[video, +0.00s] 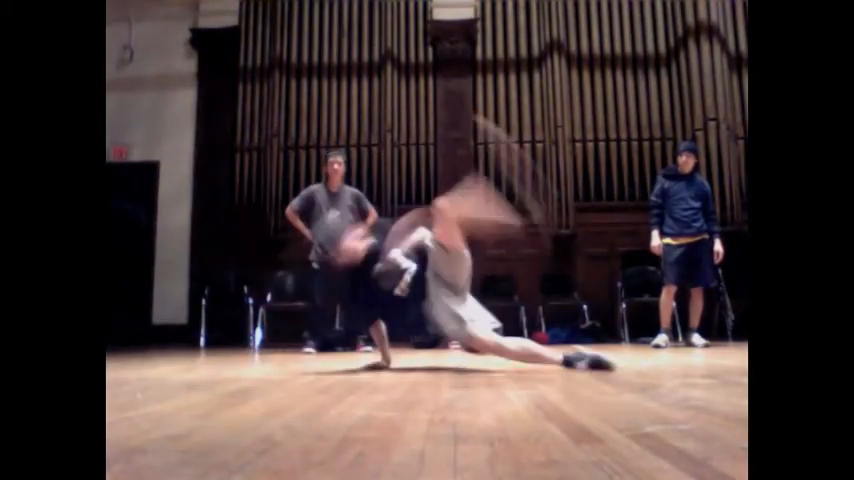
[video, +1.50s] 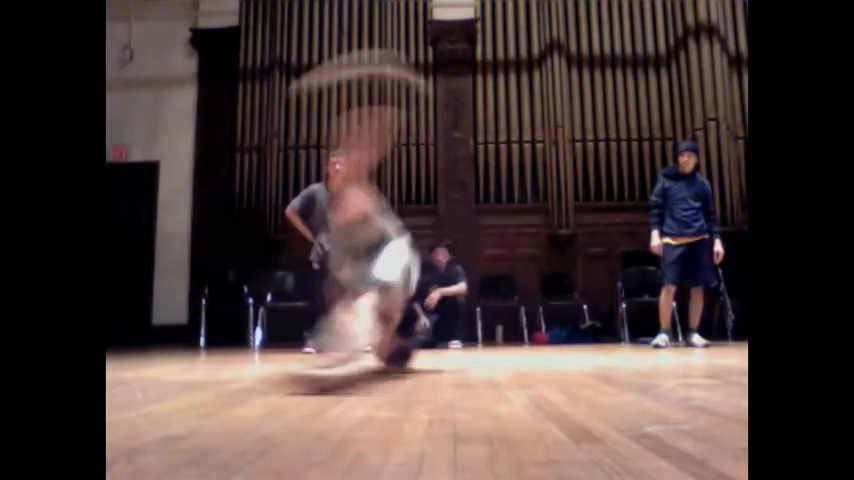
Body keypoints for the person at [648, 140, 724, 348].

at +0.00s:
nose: (685, 161)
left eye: (689, 157)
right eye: (682, 156)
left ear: (696, 160)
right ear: (677, 159)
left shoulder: (701, 184)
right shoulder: (664, 181)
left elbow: (710, 214)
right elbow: (655, 208)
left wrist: (716, 239)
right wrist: (655, 233)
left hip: (699, 239)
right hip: (673, 240)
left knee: (697, 288)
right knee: (669, 287)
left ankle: (693, 332)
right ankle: (664, 332)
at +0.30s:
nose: (685, 160)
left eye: (690, 156)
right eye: (682, 156)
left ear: (695, 160)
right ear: (677, 159)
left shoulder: (701, 184)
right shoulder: (664, 181)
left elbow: (710, 215)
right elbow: (655, 208)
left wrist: (716, 239)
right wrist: (654, 234)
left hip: (698, 239)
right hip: (672, 240)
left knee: (697, 288)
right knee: (669, 287)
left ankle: (693, 332)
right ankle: (664, 332)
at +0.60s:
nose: (687, 160)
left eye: (691, 156)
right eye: (683, 156)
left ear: (696, 160)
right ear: (677, 159)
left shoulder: (701, 184)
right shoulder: (665, 181)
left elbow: (710, 215)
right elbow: (655, 208)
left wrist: (716, 240)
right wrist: (654, 233)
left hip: (698, 239)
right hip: (672, 240)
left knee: (697, 288)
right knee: (669, 286)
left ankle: (693, 332)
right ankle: (664, 332)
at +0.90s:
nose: (686, 161)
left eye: (691, 156)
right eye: (683, 156)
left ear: (696, 160)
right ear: (677, 159)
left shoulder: (701, 183)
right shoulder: (665, 181)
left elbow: (710, 215)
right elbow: (655, 208)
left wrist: (716, 239)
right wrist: (655, 233)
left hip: (699, 240)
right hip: (673, 240)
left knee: (697, 287)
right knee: (669, 286)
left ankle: (693, 332)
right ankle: (664, 332)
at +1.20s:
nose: (686, 161)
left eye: (690, 157)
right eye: (683, 156)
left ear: (696, 160)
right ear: (677, 159)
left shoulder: (702, 184)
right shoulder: (665, 181)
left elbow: (710, 215)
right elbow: (655, 208)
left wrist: (716, 239)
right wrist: (655, 233)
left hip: (699, 240)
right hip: (673, 240)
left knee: (697, 287)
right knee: (669, 286)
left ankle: (693, 332)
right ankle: (664, 332)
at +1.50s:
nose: (686, 160)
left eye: (690, 156)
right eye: (683, 156)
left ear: (697, 159)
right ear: (677, 158)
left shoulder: (702, 184)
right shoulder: (665, 181)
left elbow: (711, 215)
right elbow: (656, 208)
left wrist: (716, 239)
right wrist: (655, 233)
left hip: (699, 240)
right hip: (673, 240)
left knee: (697, 288)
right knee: (669, 286)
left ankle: (693, 332)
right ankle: (664, 332)